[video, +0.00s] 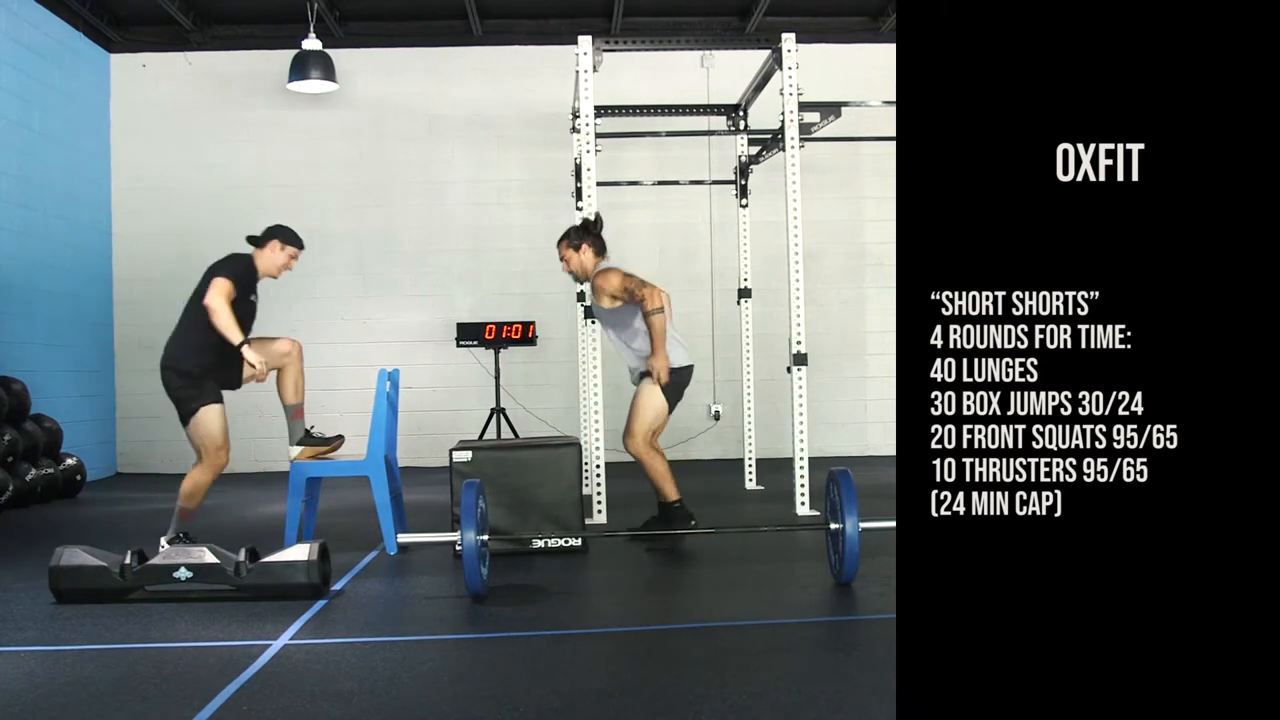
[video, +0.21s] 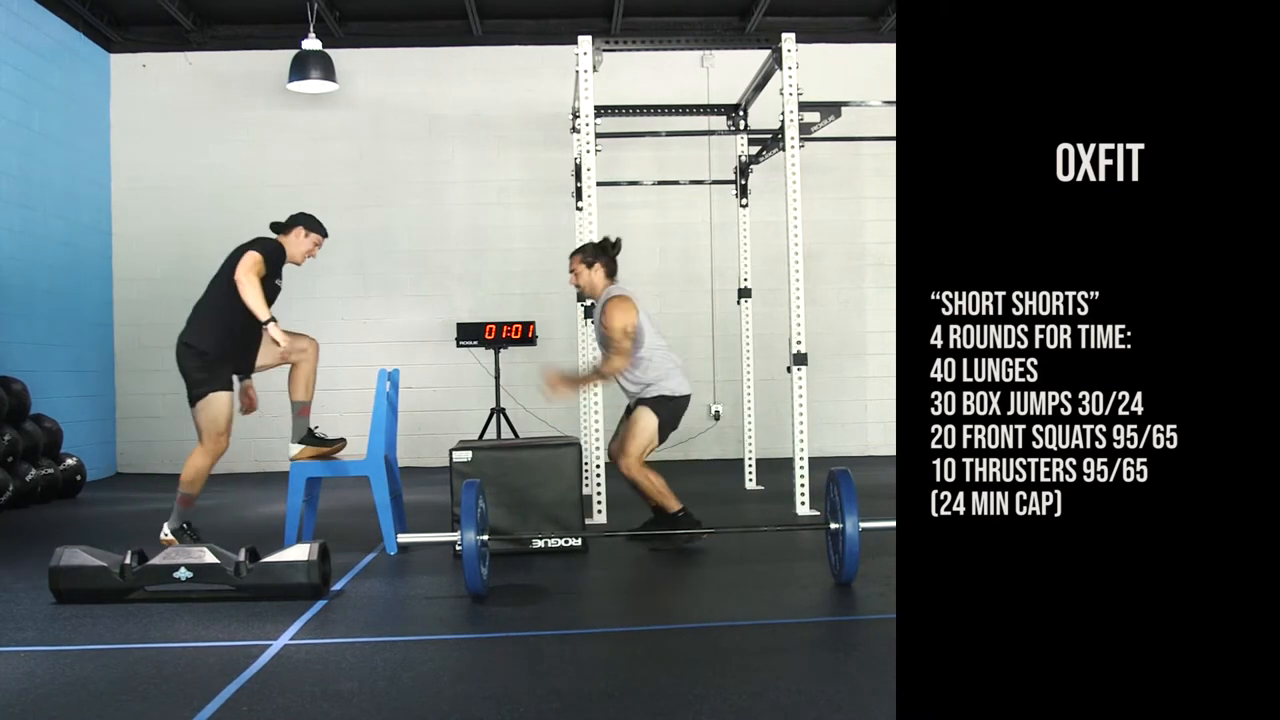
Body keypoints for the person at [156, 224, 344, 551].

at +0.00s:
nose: (291, 265)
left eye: (295, 259)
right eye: (290, 256)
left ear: (274, 249)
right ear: (272, 246)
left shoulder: (248, 281)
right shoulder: (237, 265)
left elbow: (226, 331)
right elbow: (214, 302)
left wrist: (250, 362)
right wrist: (244, 347)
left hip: (219, 364)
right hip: (190, 367)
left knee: (289, 350)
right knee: (215, 458)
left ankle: (300, 440)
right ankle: (175, 537)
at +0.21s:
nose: (315, 253)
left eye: (318, 247)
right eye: (315, 244)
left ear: (299, 237)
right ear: (298, 233)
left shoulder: (272, 269)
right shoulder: (268, 247)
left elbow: (240, 325)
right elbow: (244, 274)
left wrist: (245, 380)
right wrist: (269, 322)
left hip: (233, 351)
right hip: (206, 349)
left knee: (305, 348)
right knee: (214, 443)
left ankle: (302, 436)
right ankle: (176, 525)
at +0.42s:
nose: (323, 243)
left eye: (326, 237)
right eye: (322, 235)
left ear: (304, 230)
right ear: (303, 228)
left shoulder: (284, 266)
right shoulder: (271, 251)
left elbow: (267, 319)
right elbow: (264, 287)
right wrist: (322, 300)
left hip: (257, 353)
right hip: (226, 357)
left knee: (325, 352)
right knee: (224, 451)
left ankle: (305, 436)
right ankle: (177, 529)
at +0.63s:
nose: (346, 179)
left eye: (348, 172)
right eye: (344, 171)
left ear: (326, 167)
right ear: (324, 165)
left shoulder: (309, 207)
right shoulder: (293, 194)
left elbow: (300, 260)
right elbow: (271, 241)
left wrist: (330, 293)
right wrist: (326, 261)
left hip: (281, 302)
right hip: (251, 298)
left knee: (335, 351)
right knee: (271, 389)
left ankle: (307, 438)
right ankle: (214, 465)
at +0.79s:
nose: (347, 137)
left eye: (350, 131)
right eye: (344, 129)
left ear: (332, 126)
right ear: (325, 121)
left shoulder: (318, 163)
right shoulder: (292, 155)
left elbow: (306, 221)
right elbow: (268, 209)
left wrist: (324, 262)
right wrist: (285, 259)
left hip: (288, 259)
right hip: (264, 257)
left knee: (321, 342)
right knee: (310, 339)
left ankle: (305, 432)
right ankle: (272, 424)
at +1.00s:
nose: (347, 128)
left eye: (351, 122)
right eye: (345, 119)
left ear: (331, 116)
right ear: (325, 112)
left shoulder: (315, 152)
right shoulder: (291, 147)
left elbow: (306, 212)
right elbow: (261, 200)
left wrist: (322, 256)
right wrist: (262, 249)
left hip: (304, 262)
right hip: (285, 259)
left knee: (315, 344)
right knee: (308, 343)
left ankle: (306, 433)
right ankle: (301, 435)